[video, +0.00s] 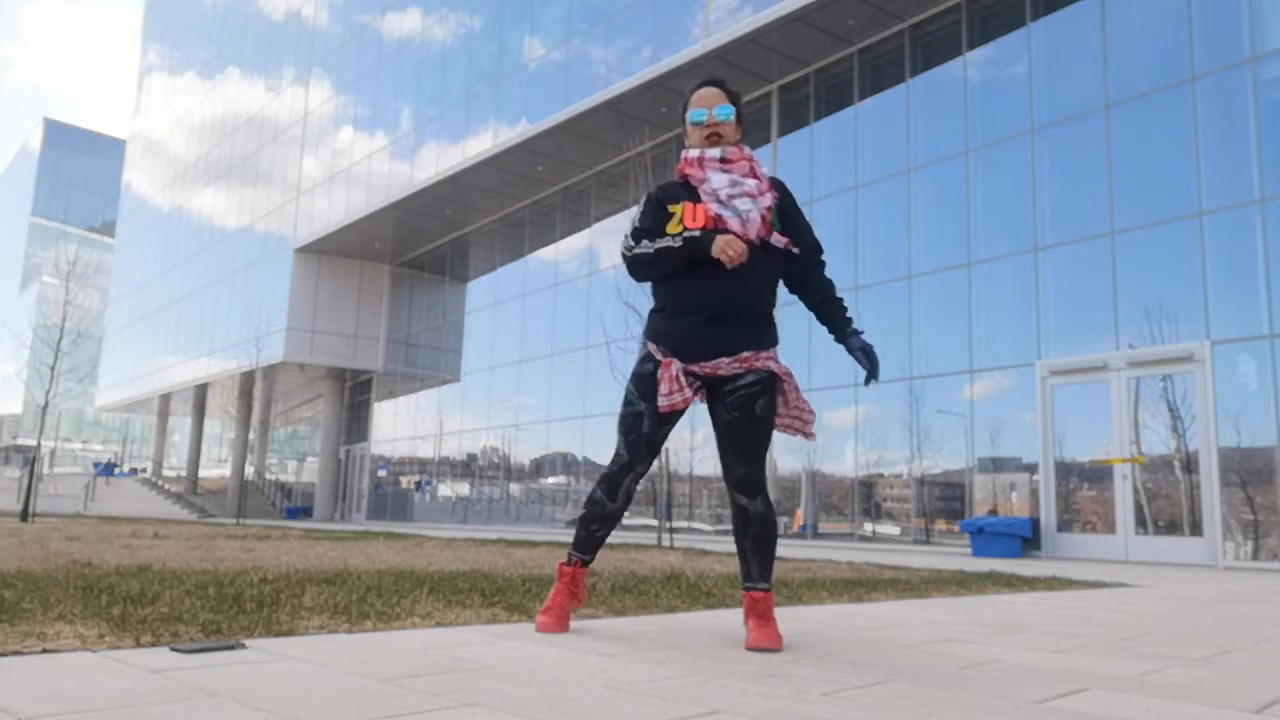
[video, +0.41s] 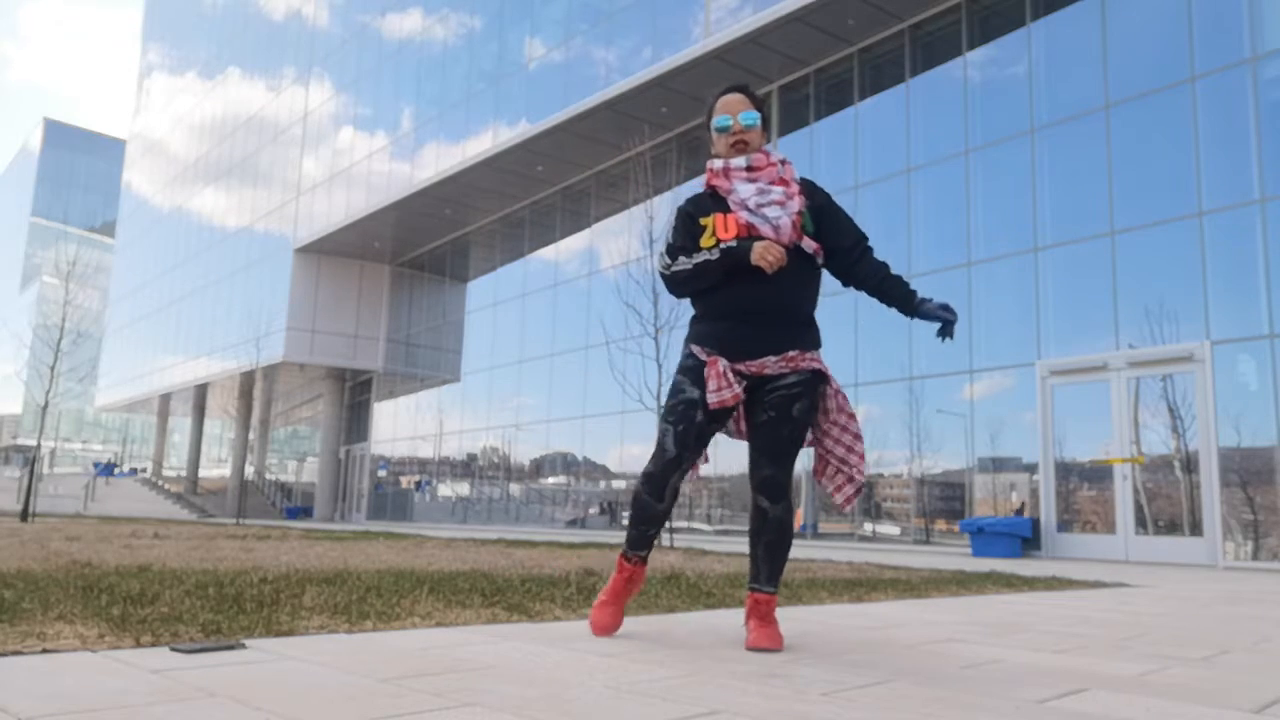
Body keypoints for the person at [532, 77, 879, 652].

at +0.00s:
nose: (711, 125)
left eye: (721, 115)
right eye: (699, 117)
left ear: (739, 124)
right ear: (685, 130)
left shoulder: (772, 198)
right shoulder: (668, 196)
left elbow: (808, 272)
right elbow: (636, 258)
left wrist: (847, 332)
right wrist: (702, 242)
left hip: (745, 362)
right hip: (668, 358)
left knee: (748, 483)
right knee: (628, 465)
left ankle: (759, 608)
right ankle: (570, 579)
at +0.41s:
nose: (736, 132)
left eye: (746, 122)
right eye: (724, 125)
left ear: (764, 129)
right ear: (710, 137)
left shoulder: (804, 199)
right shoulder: (699, 209)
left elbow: (855, 261)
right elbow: (675, 276)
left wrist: (913, 302)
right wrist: (742, 253)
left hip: (787, 362)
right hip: (710, 359)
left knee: (772, 486)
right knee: (667, 462)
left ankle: (762, 609)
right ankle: (628, 570)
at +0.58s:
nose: (743, 132)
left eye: (753, 122)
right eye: (730, 125)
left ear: (770, 132)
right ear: (715, 138)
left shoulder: (808, 201)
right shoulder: (700, 207)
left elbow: (855, 264)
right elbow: (677, 273)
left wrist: (908, 292)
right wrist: (747, 253)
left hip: (794, 355)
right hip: (720, 354)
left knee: (778, 482)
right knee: (734, 452)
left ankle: (763, 607)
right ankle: (707, 573)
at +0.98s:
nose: (710, 150)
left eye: (718, 138)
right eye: (709, 139)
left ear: (753, 134)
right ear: (737, 138)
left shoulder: (816, 199)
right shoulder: (716, 202)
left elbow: (865, 267)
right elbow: (696, 267)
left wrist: (920, 301)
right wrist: (773, 247)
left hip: (795, 360)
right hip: (720, 356)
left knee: (775, 485)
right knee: (661, 438)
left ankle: (761, 609)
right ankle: (643, 564)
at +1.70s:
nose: (714, 141)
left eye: (724, 130)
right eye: (715, 130)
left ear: (760, 133)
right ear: (739, 134)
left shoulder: (819, 202)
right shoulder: (715, 206)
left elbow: (874, 265)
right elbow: (675, 279)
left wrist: (946, 292)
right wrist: (706, 257)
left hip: (795, 362)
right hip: (720, 357)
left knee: (776, 487)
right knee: (702, 456)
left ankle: (761, 609)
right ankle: (660, 563)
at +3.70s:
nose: (757, 120)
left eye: (769, 110)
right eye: (744, 110)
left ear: (784, 120)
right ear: (727, 121)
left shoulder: (810, 191)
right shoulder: (704, 194)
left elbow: (845, 264)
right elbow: (675, 265)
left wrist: (880, 314)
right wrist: (653, 222)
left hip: (788, 351)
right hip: (711, 351)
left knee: (776, 481)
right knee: (681, 466)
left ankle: (764, 607)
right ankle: (672, 582)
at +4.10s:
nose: (737, 137)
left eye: (746, 129)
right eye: (726, 126)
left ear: (753, 136)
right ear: (697, 131)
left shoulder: (766, 203)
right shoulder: (666, 200)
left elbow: (803, 270)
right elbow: (616, 254)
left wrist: (798, 279)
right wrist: (607, 197)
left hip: (739, 356)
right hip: (668, 358)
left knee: (746, 477)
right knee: (670, 479)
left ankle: (758, 605)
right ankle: (667, 598)